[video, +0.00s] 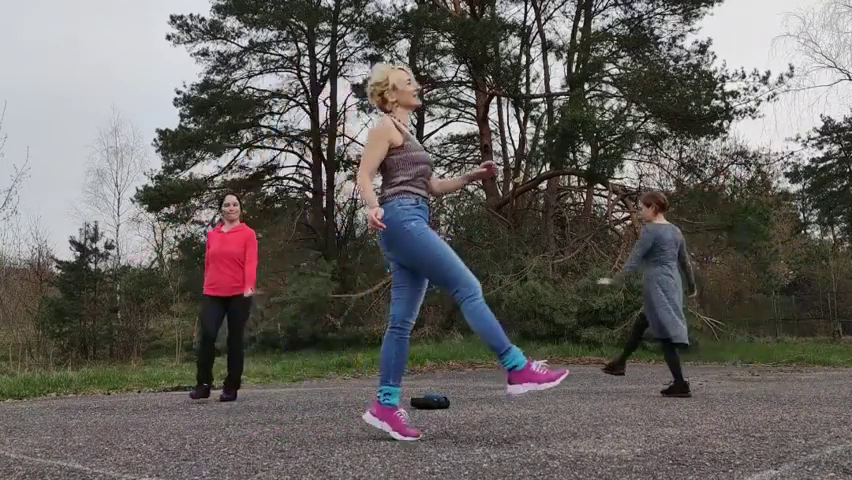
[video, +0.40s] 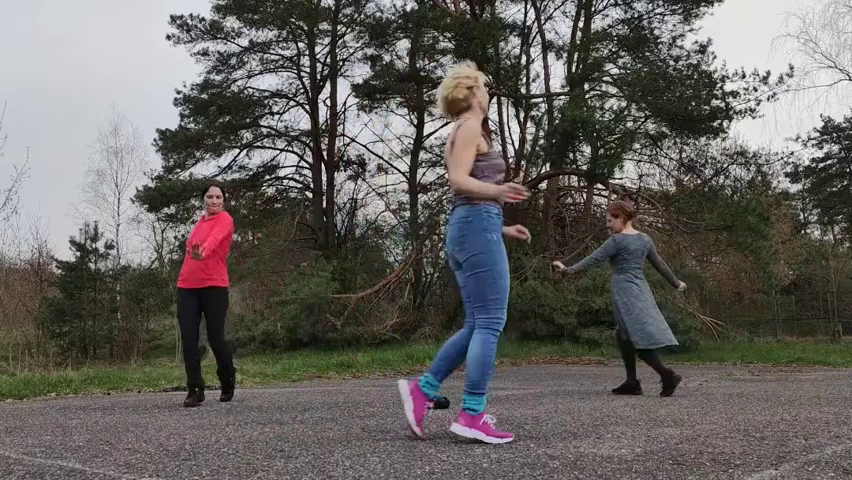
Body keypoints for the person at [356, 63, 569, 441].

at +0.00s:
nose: (417, 86)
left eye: (414, 81)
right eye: (409, 82)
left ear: (403, 90)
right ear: (391, 91)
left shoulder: (406, 134)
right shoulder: (385, 125)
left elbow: (432, 186)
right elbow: (364, 176)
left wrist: (471, 176)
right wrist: (372, 206)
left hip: (412, 221)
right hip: (401, 218)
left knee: (401, 321)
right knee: (467, 287)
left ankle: (386, 406)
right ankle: (518, 368)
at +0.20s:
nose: (452, 86)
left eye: (449, 81)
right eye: (444, 82)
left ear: (432, 91)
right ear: (424, 90)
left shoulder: (439, 132)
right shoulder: (418, 124)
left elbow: (464, 183)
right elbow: (394, 173)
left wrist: (500, 177)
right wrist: (405, 192)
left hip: (434, 220)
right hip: (432, 217)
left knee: (420, 322)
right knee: (496, 288)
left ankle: (392, 403)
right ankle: (504, 385)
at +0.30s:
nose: (471, 92)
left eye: (469, 86)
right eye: (465, 86)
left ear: (448, 94)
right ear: (446, 92)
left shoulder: (452, 132)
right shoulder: (439, 126)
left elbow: (467, 191)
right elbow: (419, 175)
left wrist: (505, 201)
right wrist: (437, 190)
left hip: (444, 227)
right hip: (456, 224)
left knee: (437, 322)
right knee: (494, 312)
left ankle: (397, 400)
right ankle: (479, 408)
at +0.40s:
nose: (490, 93)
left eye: (487, 87)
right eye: (484, 88)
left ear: (462, 96)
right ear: (471, 92)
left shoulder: (464, 133)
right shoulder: (469, 125)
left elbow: (468, 196)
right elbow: (458, 179)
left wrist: (501, 229)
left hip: (464, 227)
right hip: (477, 224)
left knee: (476, 323)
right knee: (490, 322)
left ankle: (422, 390)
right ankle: (472, 415)